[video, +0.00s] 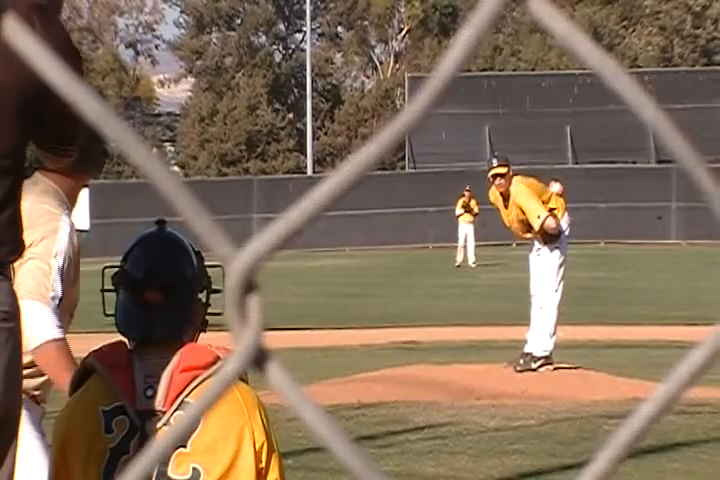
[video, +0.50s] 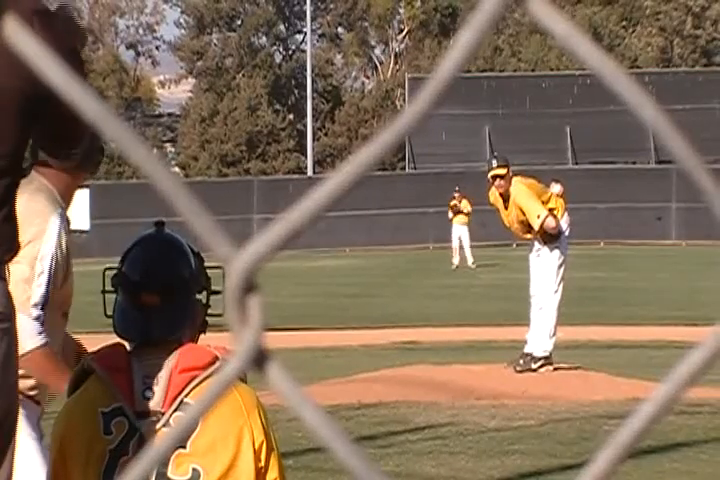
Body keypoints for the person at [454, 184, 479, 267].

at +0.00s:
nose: (467, 193)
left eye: (469, 191)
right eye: (466, 191)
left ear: (471, 193)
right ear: (464, 192)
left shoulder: (473, 201)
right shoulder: (461, 201)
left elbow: (476, 212)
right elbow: (457, 213)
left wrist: (470, 209)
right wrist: (464, 209)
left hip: (470, 223)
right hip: (462, 222)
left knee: (471, 242)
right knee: (461, 242)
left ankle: (471, 260)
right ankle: (459, 260)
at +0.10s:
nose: (466, 193)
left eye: (467, 192)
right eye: (465, 191)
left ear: (469, 193)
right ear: (463, 192)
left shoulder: (472, 201)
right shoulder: (460, 201)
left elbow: (475, 211)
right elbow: (456, 213)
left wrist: (469, 210)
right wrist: (463, 209)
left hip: (469, 223)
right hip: (462, 223)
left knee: (471, 242)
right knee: (460, 243)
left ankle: (471, 260)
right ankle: (457, 260)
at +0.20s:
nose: (464, 194)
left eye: (466, 192)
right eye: (463, 192)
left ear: (468, 193)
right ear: (461, 193)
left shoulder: (470, 201)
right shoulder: (459, 202)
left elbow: (475, 212)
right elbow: (455, 214)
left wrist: (468, 209)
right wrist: (461, 209)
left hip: (469, 224)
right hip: (461, 223)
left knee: (470, 243)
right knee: (459, 244)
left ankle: (471, 261)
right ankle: (456, 261)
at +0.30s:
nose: (462, 194)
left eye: (463, 192)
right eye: (460, 192)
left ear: (465, 193)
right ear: (458, 193)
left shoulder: (468, 201)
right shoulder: (456, 202)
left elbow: (473, 211)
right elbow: (453, 215)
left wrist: (466, 209)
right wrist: (459, 210)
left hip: (467, 223)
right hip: (459, 223)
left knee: (469, 243)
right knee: (457, 244)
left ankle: (471, 261)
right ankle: (456, 261)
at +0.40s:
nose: (459, 195)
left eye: (460, 193)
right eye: (458, 193)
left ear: (463, 194)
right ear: (456, 194)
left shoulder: (467, 202)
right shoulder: (454, 203)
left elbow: (472, 211)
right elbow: (452, 215)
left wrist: (463, 209)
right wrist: (456, 210)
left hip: (465, 224)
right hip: (457, 224)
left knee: (468, 244)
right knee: (456, 244)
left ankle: (471, 261)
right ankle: (456, 261)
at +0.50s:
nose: (457, 195)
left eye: (458, 193)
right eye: (455, 193)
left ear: (461, 194)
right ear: (453, 194)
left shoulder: (464, 201)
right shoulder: (452, 203)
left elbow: (469, 210)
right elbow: (450, 216)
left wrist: (461, 209)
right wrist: (454, 210)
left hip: (464, 224)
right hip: (455, 224)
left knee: (466, 243)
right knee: (455, 244)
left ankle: (470, 261)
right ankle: (455, 261)